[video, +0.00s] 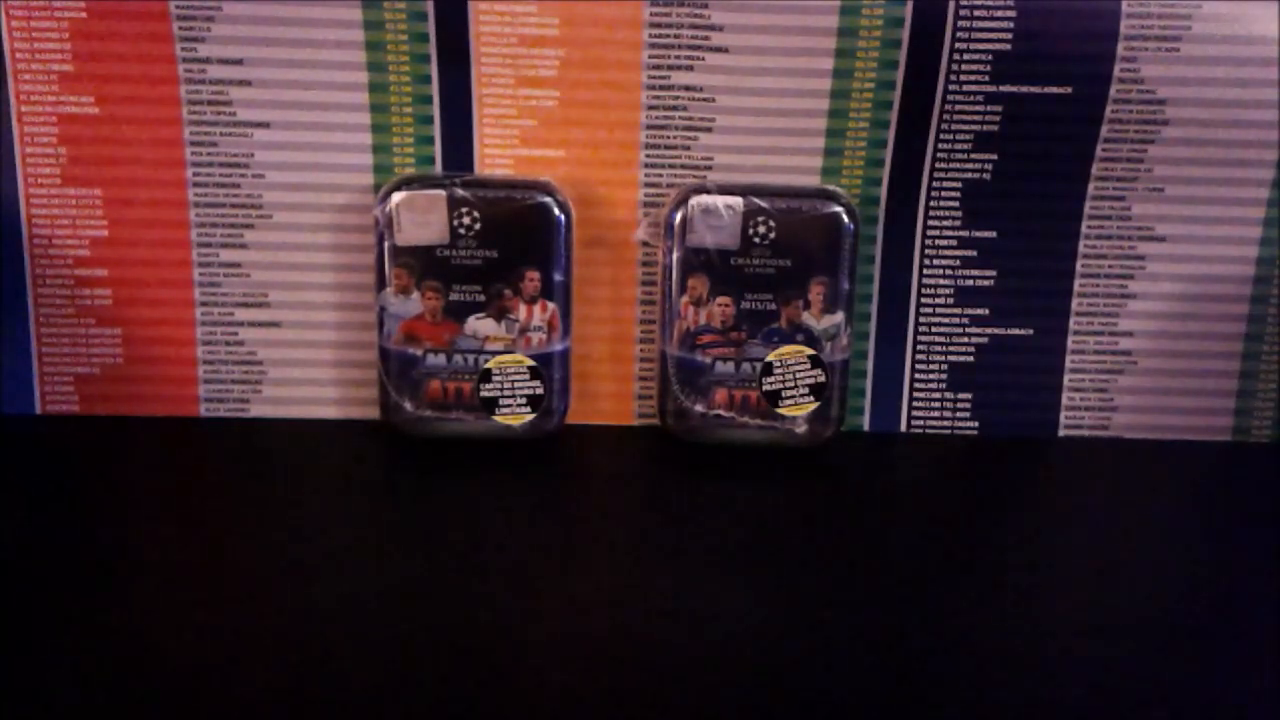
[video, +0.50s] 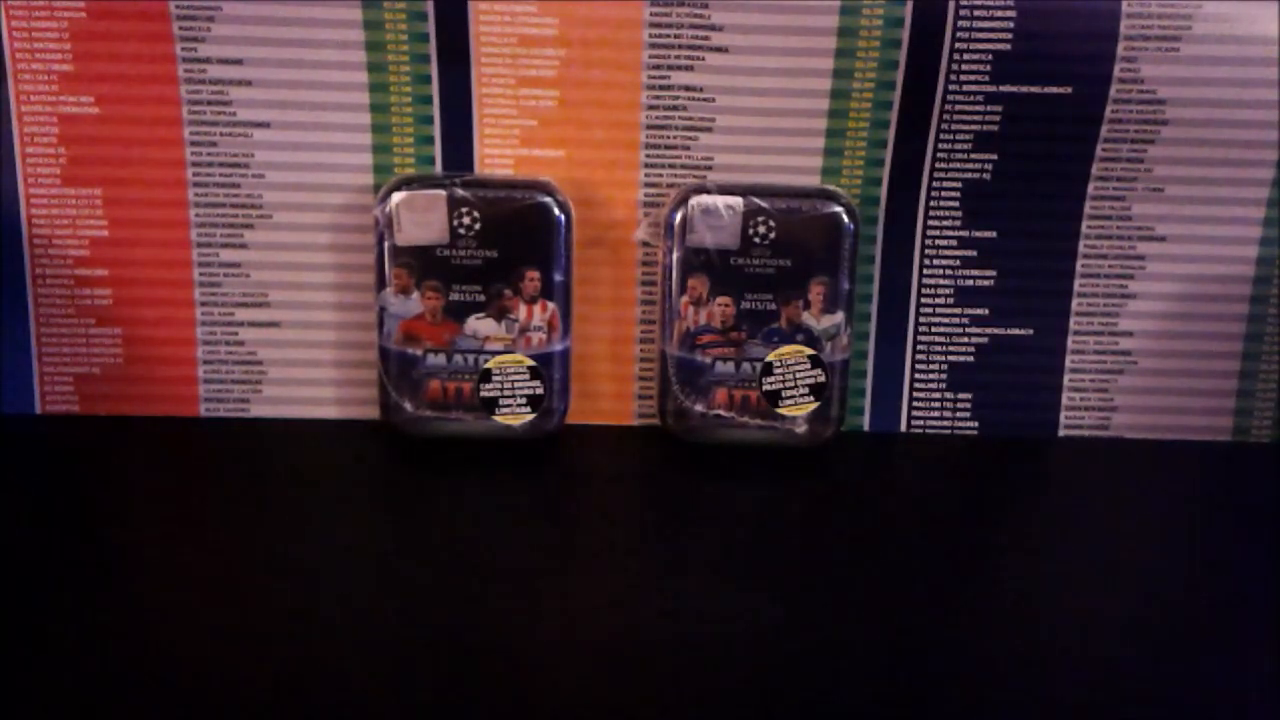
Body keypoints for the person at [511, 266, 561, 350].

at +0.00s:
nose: (536, 285)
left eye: (538, 281)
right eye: (531, 280)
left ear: (541, 283)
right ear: (521, 284)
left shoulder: (551, 308)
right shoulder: (512, 306)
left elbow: (556, 336)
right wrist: (521, 329)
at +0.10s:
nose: (536, 285)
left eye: (538, 280)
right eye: (531, 280)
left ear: (541, 283)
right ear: (521, 284)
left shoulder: (551, 308)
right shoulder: (512, 305)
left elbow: (556, 336)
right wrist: (521, 329)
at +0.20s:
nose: (536, 285)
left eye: (539, 281)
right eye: (531, 280)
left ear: (541, 283)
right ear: (521, 284)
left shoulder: (551, 308)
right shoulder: (512, 305)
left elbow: (556, 337)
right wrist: (520, 329)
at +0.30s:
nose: (536, 285)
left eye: (539, 281)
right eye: (531, 280)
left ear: (541, 283)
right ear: (521, 284)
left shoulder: (551, 308)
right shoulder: (511, 305)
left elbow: (556, 337)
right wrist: (520, 329)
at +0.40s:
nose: (536, 285)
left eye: (538, 280)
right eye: (531, 280)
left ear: (541, 283)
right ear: (521, 284)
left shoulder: (551, 308)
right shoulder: (511, 305)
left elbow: (556, 336)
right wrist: (520, 329)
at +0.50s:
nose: (536, 285)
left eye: (538, 280)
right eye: (531, 280)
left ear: (541, 283)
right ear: (521, 284)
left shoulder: (551, 308)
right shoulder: (512, 305)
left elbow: (556, 336)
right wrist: (520, 329)